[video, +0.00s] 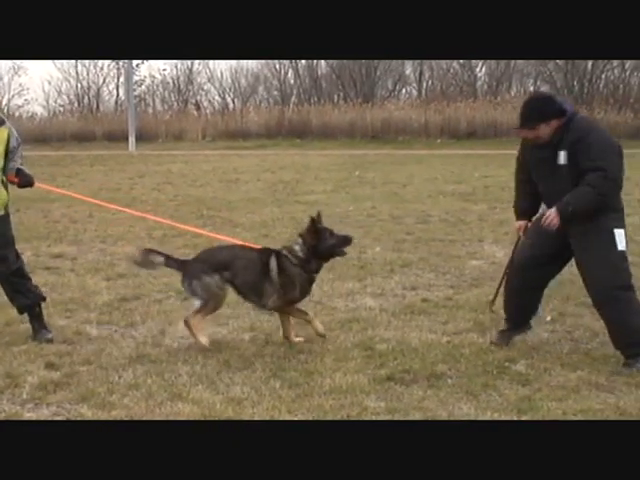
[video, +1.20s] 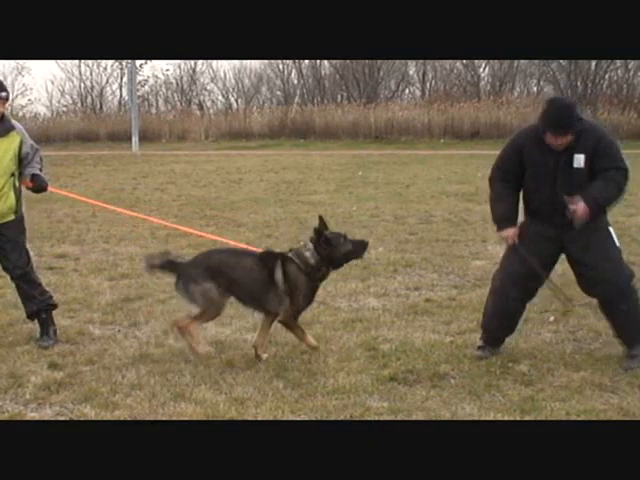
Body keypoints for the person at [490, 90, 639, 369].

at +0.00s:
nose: (528, 136)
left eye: (532, 129)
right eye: (526, 130)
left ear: (552, 123)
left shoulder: (593, 139)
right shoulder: (532, 143)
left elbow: (603, 185)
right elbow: (525, 179)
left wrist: (563, 210)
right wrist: (523, 215)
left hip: (596, 221)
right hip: (554, 220)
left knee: (609, 287)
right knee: (522, 268)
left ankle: (634, 352)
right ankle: (516, 324)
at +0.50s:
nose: (555, 134)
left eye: (561, 129)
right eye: (552, 128)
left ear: (578, 124)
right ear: (547, 121)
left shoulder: (605, 140)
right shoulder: (536, 135)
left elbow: (616, 182)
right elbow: (517, 170)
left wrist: (570, 203)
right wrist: (513, 210)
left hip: (595, 224)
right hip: (549, 222)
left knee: (611, 285)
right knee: (519, 275)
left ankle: (632, 352)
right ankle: (502, 338)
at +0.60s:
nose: (569, 128)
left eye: (576, 123)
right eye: (566, 122)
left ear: (593, 121)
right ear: (562, 115)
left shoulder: (616, 144)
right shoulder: (545, 133)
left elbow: (632, 188)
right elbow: (520, 164)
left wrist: (605, 217)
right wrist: (509, 204)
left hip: (594, 225)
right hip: (549, 220)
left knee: (611, 287)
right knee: (518, 270)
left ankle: (632, 353)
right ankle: (500, 335)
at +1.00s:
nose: (542, 123)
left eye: (549, 119)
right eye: (540, 117)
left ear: (567, 116)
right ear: (536, 113)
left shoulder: (592, 134)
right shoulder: (523, 135)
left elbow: (617, 171)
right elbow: (497, 172)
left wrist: (600, 204)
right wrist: (493, 217)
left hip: (580, 225)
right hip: (532, 224)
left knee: (604, 284)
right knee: (508, 280)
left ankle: (620, 345)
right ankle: (493, 341)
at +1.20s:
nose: (557, 142)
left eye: (563, 137)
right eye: (552, 136)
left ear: (574, 129)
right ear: (543, 128)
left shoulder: (593, 139)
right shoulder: (525, 142)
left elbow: (616, 175)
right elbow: (502, 178)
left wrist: (589, 202)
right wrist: (505, 222)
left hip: (587, 230)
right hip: (539, 229)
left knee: (615, 284)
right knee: (509, 283)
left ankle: (634, 345)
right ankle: (490, 341)